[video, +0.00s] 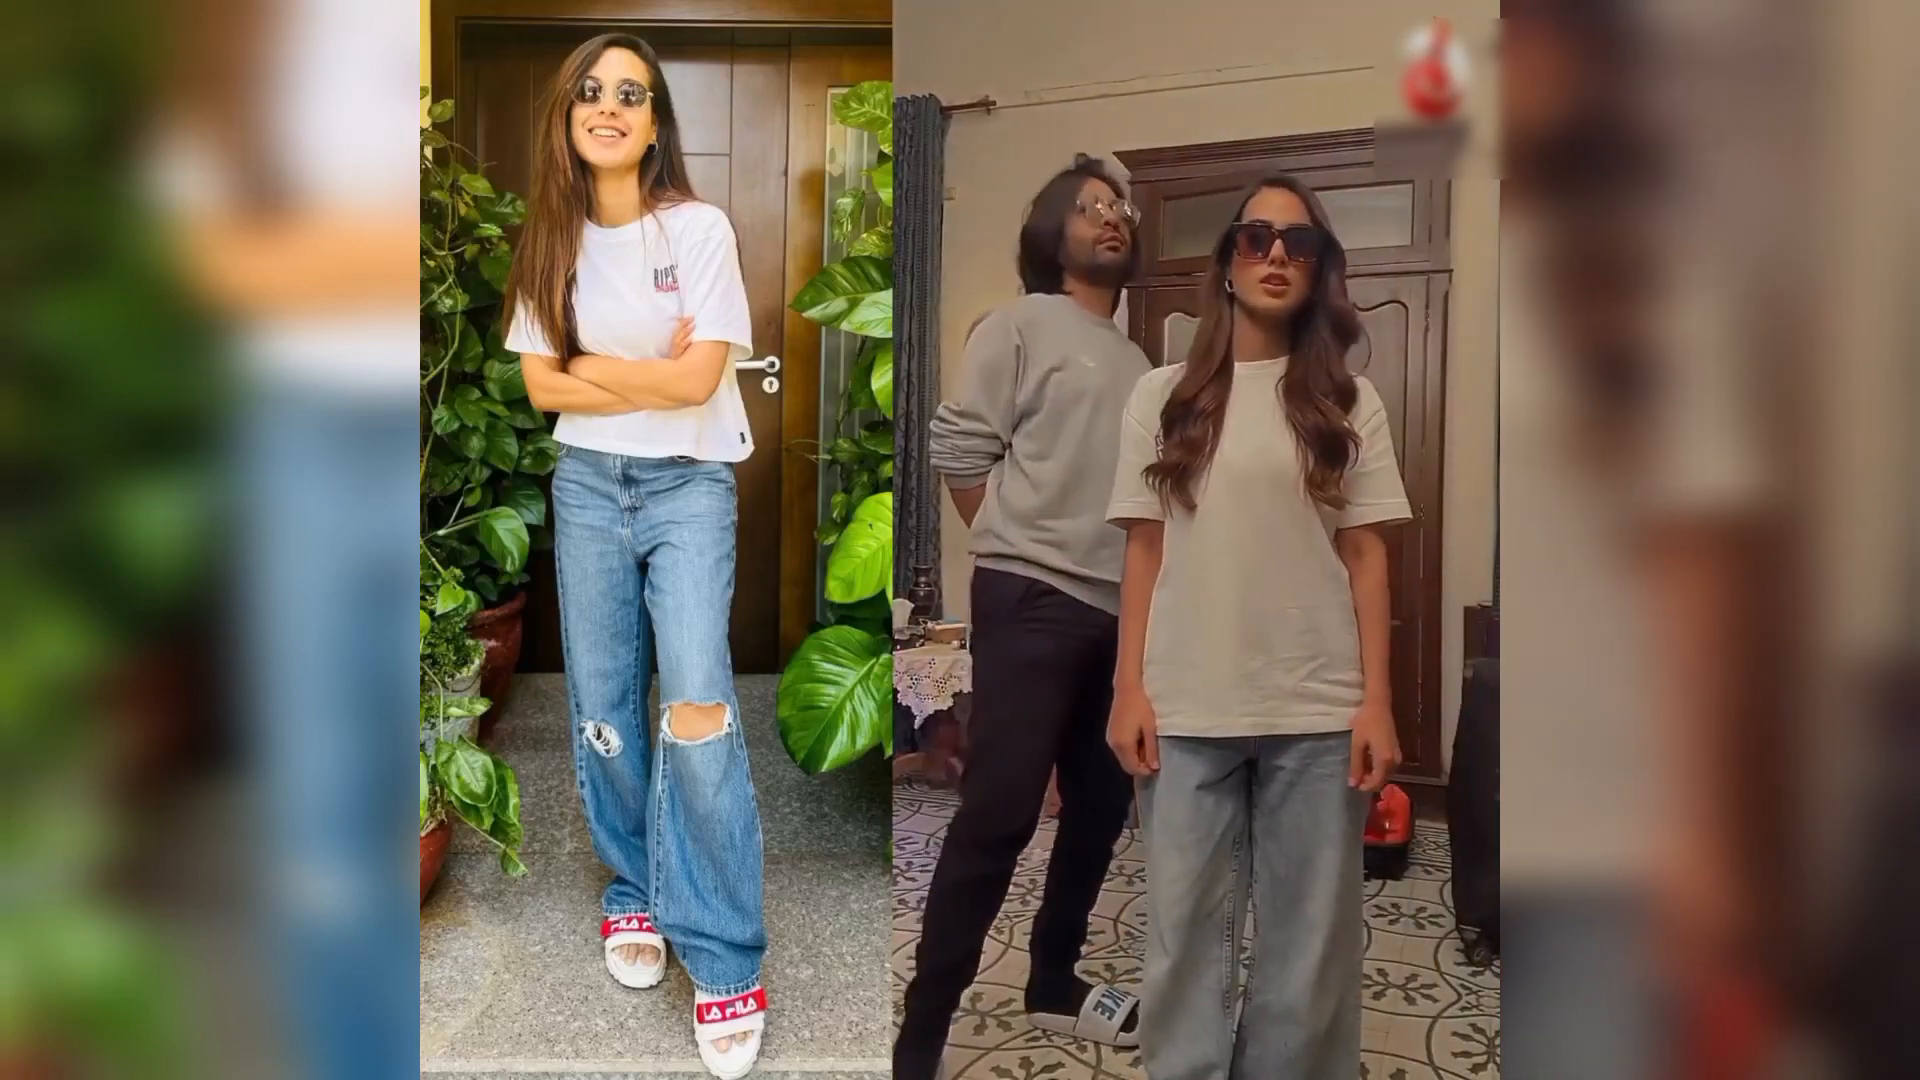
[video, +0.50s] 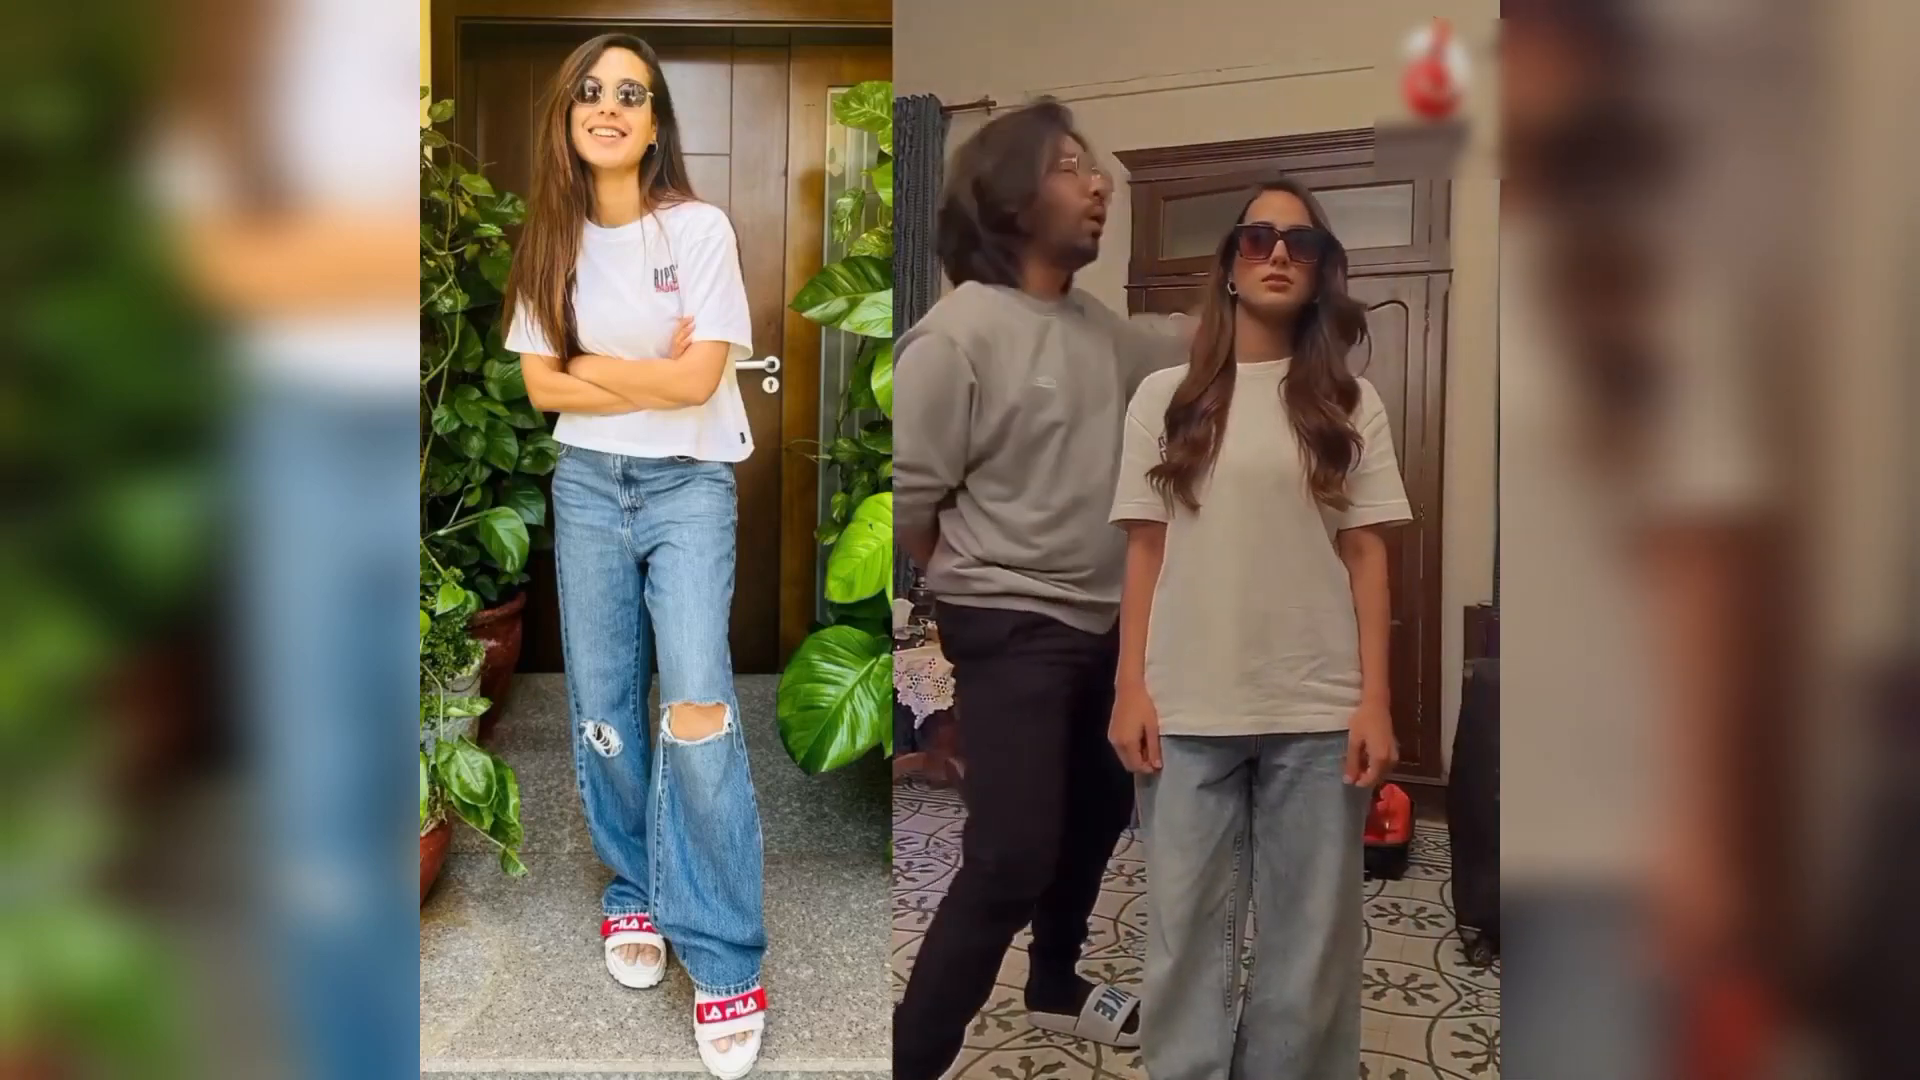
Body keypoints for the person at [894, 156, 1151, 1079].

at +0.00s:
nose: (1114, 218)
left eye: (1122, 207)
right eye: (1091, 206)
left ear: (1134, 239)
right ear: (1050, 233)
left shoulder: (1139, 361)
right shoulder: (1015, 326)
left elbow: (1148, 491)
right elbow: (962, 462)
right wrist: (1010, 556)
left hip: (1119, 604)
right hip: (1026, 595)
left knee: (1100, 805)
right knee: (1000, 810)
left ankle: (1054, 985)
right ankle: (925, 1030)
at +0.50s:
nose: (1100, 186)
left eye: (1096, 170)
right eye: (1073, 168)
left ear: (1088, 192)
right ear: (1009, 192)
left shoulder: (1106, 329)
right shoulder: (955, 333)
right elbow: (908, 516)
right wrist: (951, 591)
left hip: (1107, 620)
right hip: (1002, 622)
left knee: (1092, 816)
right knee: (1011, 866)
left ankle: (1055, 986)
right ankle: (914, 1064)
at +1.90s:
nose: (1100, 221)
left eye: (1113, 213)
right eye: (1080, 210)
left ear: (1131, 244)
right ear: (1045, 238)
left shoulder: (1160, 356)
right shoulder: (1007, 341)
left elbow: (1177, 484)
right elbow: (957, 465)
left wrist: (1145, 568)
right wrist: (1017, 555)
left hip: (1132, 618)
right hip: (1027, 611)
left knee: (1109, 812)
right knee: (991, 822)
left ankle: (1056, 982)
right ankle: (941, 1054)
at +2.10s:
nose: (1116, 222)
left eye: (1128, 213)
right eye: (1095, 213)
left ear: (1145, 242)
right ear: (1060, 241)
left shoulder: (1171, 359)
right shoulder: (1015, 334)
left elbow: (1187, 489)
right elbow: (962, 456)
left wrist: (1148, 569)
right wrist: (1019, 549)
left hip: (1133, 620)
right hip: (1025, 610)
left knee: (1106, 811)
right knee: (988, 821)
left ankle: (1056, 981)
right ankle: (939, 1056)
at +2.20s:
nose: (1106, 224)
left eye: (1120, 214)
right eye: (1087, 215)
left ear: (1143, 240)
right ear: (1057, 242)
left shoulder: (1172, 358)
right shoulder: (1019, 338)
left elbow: (1190, 490)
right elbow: (962, 458)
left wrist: (1151, 570)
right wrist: (1018, 551)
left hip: (1132, 622)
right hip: (1024, 611)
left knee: (1110, 812)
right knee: (987, 820)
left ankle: (1056, 981)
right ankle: (940, 1054)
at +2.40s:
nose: (1082, 224)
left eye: (1104, 214)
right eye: (1075, 213)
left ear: (1143, 240)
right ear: (1059, 238)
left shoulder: (1180, 356)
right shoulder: (1016, 341)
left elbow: (1200, 489)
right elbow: (961, 459)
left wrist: (1156, 569)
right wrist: (1018, 545)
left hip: (1131, 625)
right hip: (1017, 614)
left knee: (1109, 818)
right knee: (981, 821)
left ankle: (1057, 980)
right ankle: (937, 1055)